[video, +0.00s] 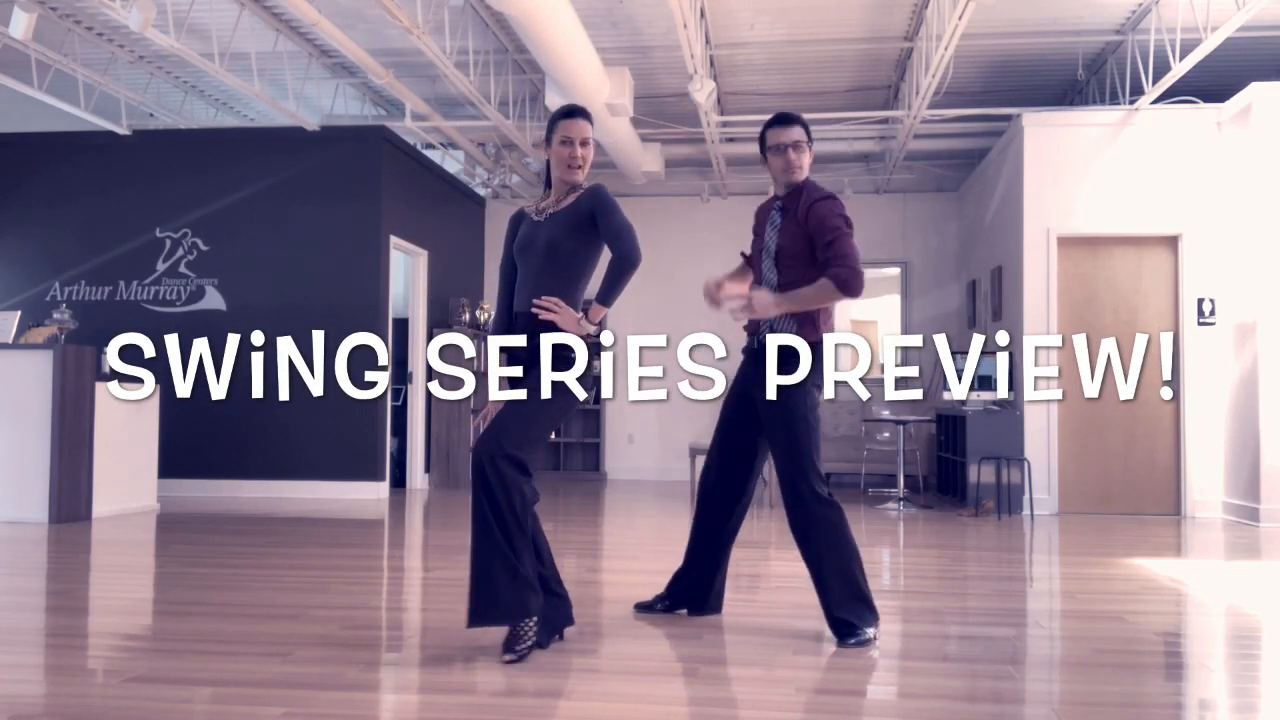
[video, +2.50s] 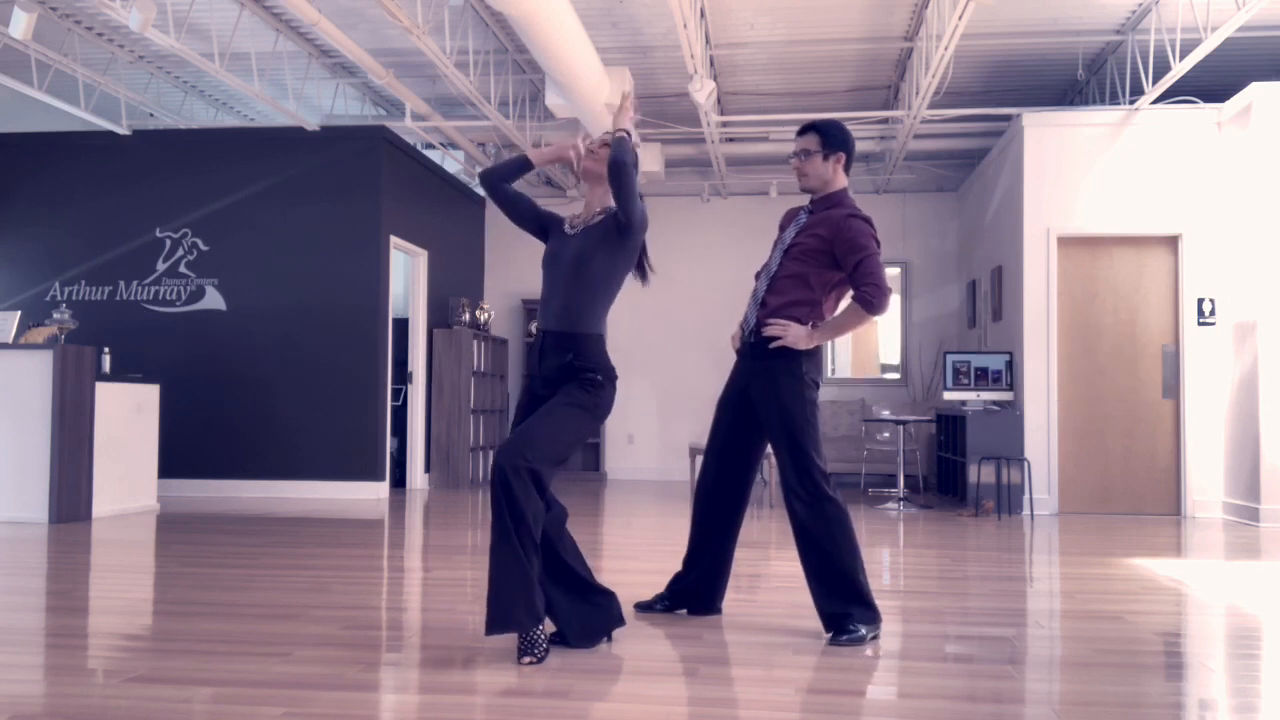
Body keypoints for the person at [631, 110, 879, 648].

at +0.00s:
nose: (790, 156)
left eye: (798, 147)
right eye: (778, 149)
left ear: (811, 153)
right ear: (764, 158)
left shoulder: (823, 208)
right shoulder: (767, 211)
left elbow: (848, 280)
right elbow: (756, 265)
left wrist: (779, 302)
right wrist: (729, 283)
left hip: (795, 356)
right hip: (759, 355)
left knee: (805, 488)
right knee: (725, 475)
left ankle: (855, 617)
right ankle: (696, 591)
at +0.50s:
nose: (770, 147)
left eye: (779, 139)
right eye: (760, 140)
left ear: (793, 148)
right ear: (746, 150)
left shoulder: (798, 199)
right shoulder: (744, 207)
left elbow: (849, 261)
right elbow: (740, 269)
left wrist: (805, 320)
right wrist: (733, 318)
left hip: (779, 355)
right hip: (741, 357)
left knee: (810, 482)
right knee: (720, 479)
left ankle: (855, 616)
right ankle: (697, 591)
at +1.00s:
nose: (769, 148)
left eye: (779, 140)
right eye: (759, 140)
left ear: (794, 148)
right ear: (745, 150)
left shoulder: (800, 202)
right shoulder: (742, 208)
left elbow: (854, 262)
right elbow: (741, 268)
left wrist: (807, 320)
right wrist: (726, 289)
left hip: (783, 354)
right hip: (742, 357)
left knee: (814, 482)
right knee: (723, 477)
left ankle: (857, 615)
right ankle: (698, 590)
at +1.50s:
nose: (759, 155)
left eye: (769, 146)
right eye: (756, 147)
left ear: (800, 151)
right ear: (758, 153)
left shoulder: (815, 207)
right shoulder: (756, 209)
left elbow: (862, 272)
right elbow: (733, 274)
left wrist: (812, 323)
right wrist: (729, 328)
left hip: (786, 357)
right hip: (743, 358)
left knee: (814, 484)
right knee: (723, 478)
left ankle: (856, 615)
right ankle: (697, 591)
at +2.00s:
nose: (792, 169)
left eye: (801, 161)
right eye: (791, 161)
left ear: (833, 163)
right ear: (812, 164)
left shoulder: (850, 224)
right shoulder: (797, 217)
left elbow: (877, 301)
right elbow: (770, 278)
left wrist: (816, 334)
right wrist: (743, 324)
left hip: (787, 365)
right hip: (750, 360)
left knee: (810, 489)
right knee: (721, 480)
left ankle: (854, 617)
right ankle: (697, 592)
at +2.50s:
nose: (795, 164)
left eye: (805, 156)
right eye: (794, 156)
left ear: (837, 162)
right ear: (806, 164)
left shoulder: (848, 221)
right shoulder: (798, 217)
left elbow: (874, 298)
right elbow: (780, 280)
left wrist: (817, 334)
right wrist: (747, 325)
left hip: (787, 364)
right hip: (751, 359)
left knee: (807, 487)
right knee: (721, 479)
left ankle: (855, 616)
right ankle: (697, 591)